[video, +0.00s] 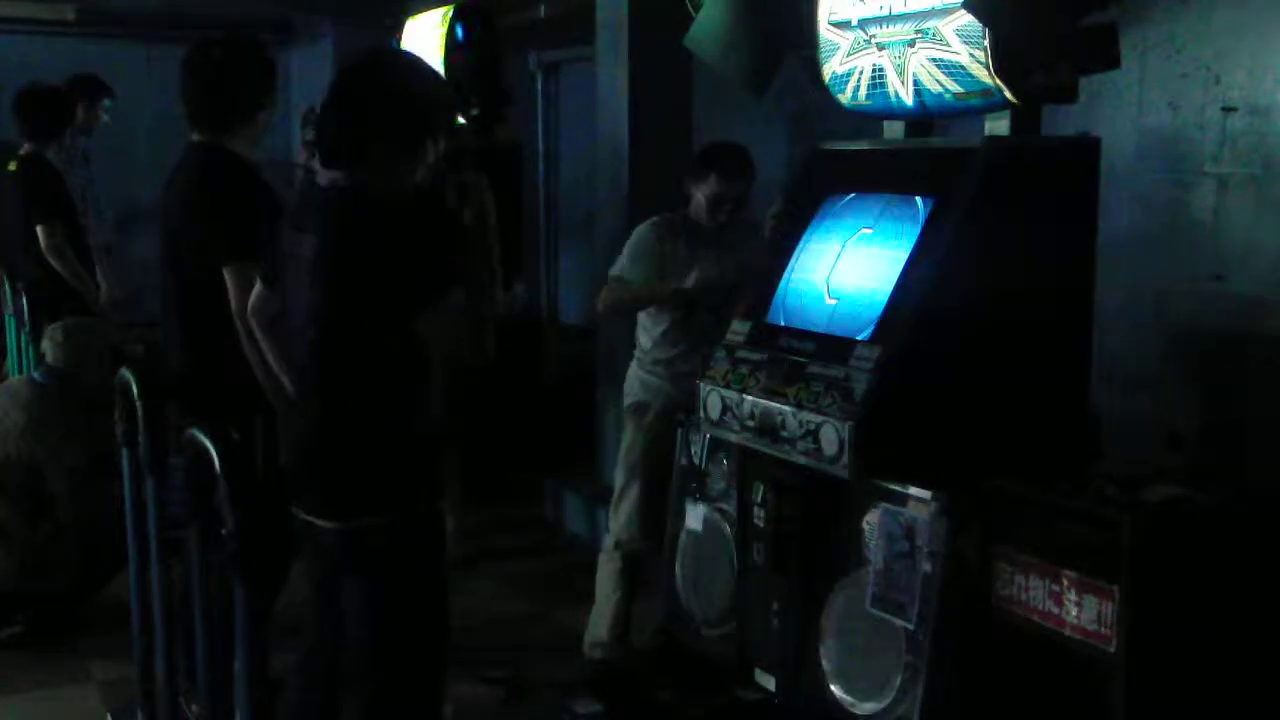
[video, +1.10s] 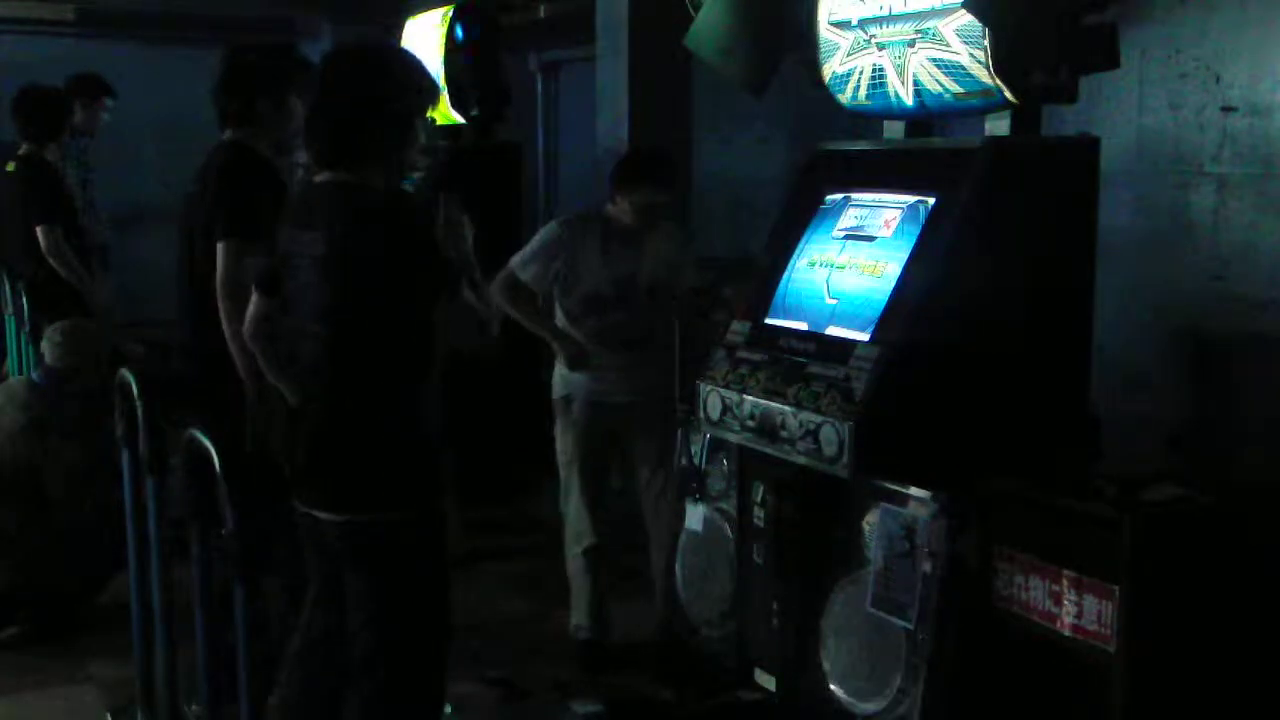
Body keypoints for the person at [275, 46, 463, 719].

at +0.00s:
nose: (441, 150)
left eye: (440, 133)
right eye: (434, 133)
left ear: (339, 120)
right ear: (409, 137)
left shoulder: (310, 206)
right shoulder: (406, 219)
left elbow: (258, 311)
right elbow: (469, 333)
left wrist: (297, 399)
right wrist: (480, 222)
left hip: (318, 451)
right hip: (390, 467)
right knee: (400, 648)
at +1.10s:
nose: (424, 137)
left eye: (423, 120)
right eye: (417, 121)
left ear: (327, 119)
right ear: (390, 125)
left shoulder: (304, 211)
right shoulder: (409, 221)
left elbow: (255, 326)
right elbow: (471, 329)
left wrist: (298, 398)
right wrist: (462, 258)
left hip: (314, 457)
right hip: (391, 465)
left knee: (325, 630)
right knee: (403, 647)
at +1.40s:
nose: (420, 139)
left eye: (419, 124)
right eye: (414, 124)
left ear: (325, 123)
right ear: (391, 128)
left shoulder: (291, 217)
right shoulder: (393, 218)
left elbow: (287, 354)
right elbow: (442, 360)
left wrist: (322, 403)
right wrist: (477, 354)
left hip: (316, 471)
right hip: (393, 479)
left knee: (328, 648)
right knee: (405, 660)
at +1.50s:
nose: (420, 141)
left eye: (420, 125)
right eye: (413, 126)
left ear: (328, 122)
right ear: (388, 127)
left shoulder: (291, 211)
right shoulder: (383, 216)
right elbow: (434, 356)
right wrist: (470, 346)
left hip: (310, 467)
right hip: (385, 479)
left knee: (326, 650)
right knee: (403, 660)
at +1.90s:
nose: (418, 146)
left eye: (419, 130)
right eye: (412, 130)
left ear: (327, 124)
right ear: (387, 128)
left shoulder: (287, 215)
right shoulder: (384, 220)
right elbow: (437, 360)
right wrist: (481, 320)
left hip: (308, 473)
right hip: (387, 487)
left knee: (325, 652)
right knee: (402, 666)